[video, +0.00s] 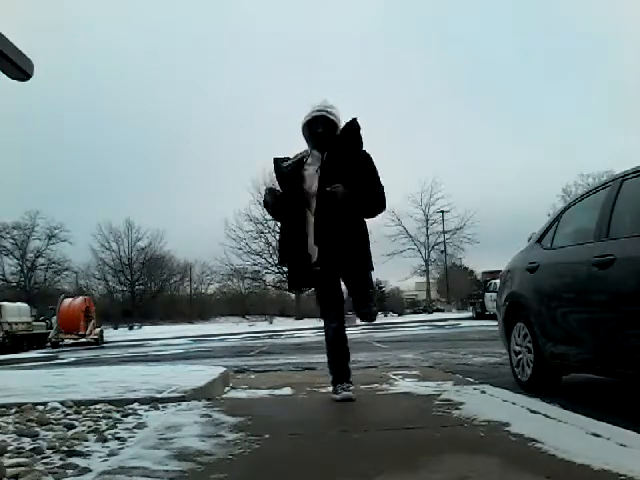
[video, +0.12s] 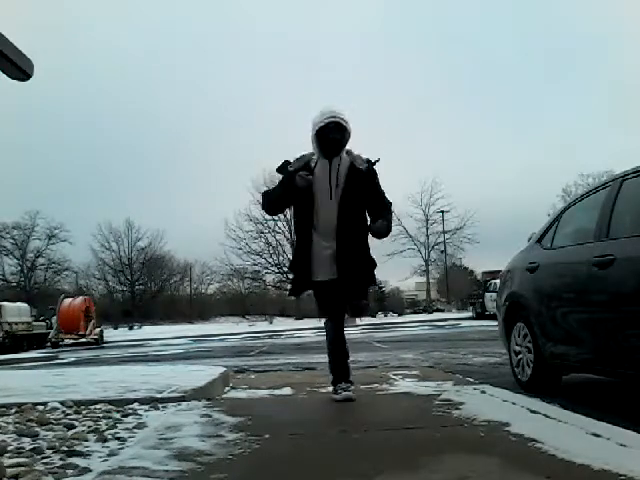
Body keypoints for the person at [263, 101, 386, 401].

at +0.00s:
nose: (319, 132)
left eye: (325, 126)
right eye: (313, 127)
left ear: (336, 129)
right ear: (305, 132)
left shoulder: (355, 159)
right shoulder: (295, 169)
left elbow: (376, 203)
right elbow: (287, 213)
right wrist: (273, 200)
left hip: (351, 247)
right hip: (316, 252)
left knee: (365, 311)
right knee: (332, 319)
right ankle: (341, 381)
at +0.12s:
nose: (333, 138)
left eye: (338, 132)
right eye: (326, 132)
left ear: (346, 136)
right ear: (316, 136)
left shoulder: (360, 170)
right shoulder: (301, 170)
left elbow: (382, 208)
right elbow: (269, 206)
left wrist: (380, 224)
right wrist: (290, 181)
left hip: (352, 255)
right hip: (318, 258)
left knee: (350, 312)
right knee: (333, 320)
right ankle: (341, 381)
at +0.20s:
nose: (342, 124)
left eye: (348, 118)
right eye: (336, 117)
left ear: (355, 122)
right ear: (323, 119)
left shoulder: (365, 155)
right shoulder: (304, 148)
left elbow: (383, 189)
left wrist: (391, 223)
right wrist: (292, 143)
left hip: (353, 237)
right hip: (317, 239)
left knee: (353, 283)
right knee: (328, 307)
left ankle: (359, 314)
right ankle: (338, 372)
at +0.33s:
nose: (345, 112)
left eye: (351, 105)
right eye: (339, 105)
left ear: (358, 109)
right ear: (326, 107)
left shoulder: (368, 141)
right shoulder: (310, 131)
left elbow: (380, 190)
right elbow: (286, 158)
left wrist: (388, 232)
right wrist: (309, 123)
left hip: (353, 226)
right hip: (318, 227)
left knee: (351, 292)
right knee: (319, 288)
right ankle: (321, 339)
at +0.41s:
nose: (349, 125)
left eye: (353, 120)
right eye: (343, 119)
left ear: (359, 121)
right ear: (328, 121)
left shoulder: (371, 151)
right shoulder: (314, 147)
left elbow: (381, 200)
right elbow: (309, 183)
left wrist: (384, 244)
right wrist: (321, 137)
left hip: (355, 240)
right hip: (321, 240)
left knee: (350, 310)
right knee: (314, 298)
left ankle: (343, 377)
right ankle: (310, 304)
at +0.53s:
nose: (359, 147)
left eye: (363, 141)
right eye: (352, 140)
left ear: (367, 144)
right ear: (336, 141)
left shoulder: (369, 182)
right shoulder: (318, 171)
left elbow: (375, 231)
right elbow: (302, 218)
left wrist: (381, 272)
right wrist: (291, 261)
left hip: (357, 264)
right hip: (322, 261)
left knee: (353, 324)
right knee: (309, 317)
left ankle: (342, 380)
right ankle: (296, 284)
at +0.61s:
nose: (360, 136)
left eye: (364, 130)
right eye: (354, 129)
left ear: (367, 134)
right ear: (338, 129)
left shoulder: (371, 175)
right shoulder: (317, 160)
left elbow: (374, 227)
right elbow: (292, 180)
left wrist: (377, 269)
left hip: (356, 257)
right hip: (319, 254)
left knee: (351, 318)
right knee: (312, 309)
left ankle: (342, 379)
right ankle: (302, 302)